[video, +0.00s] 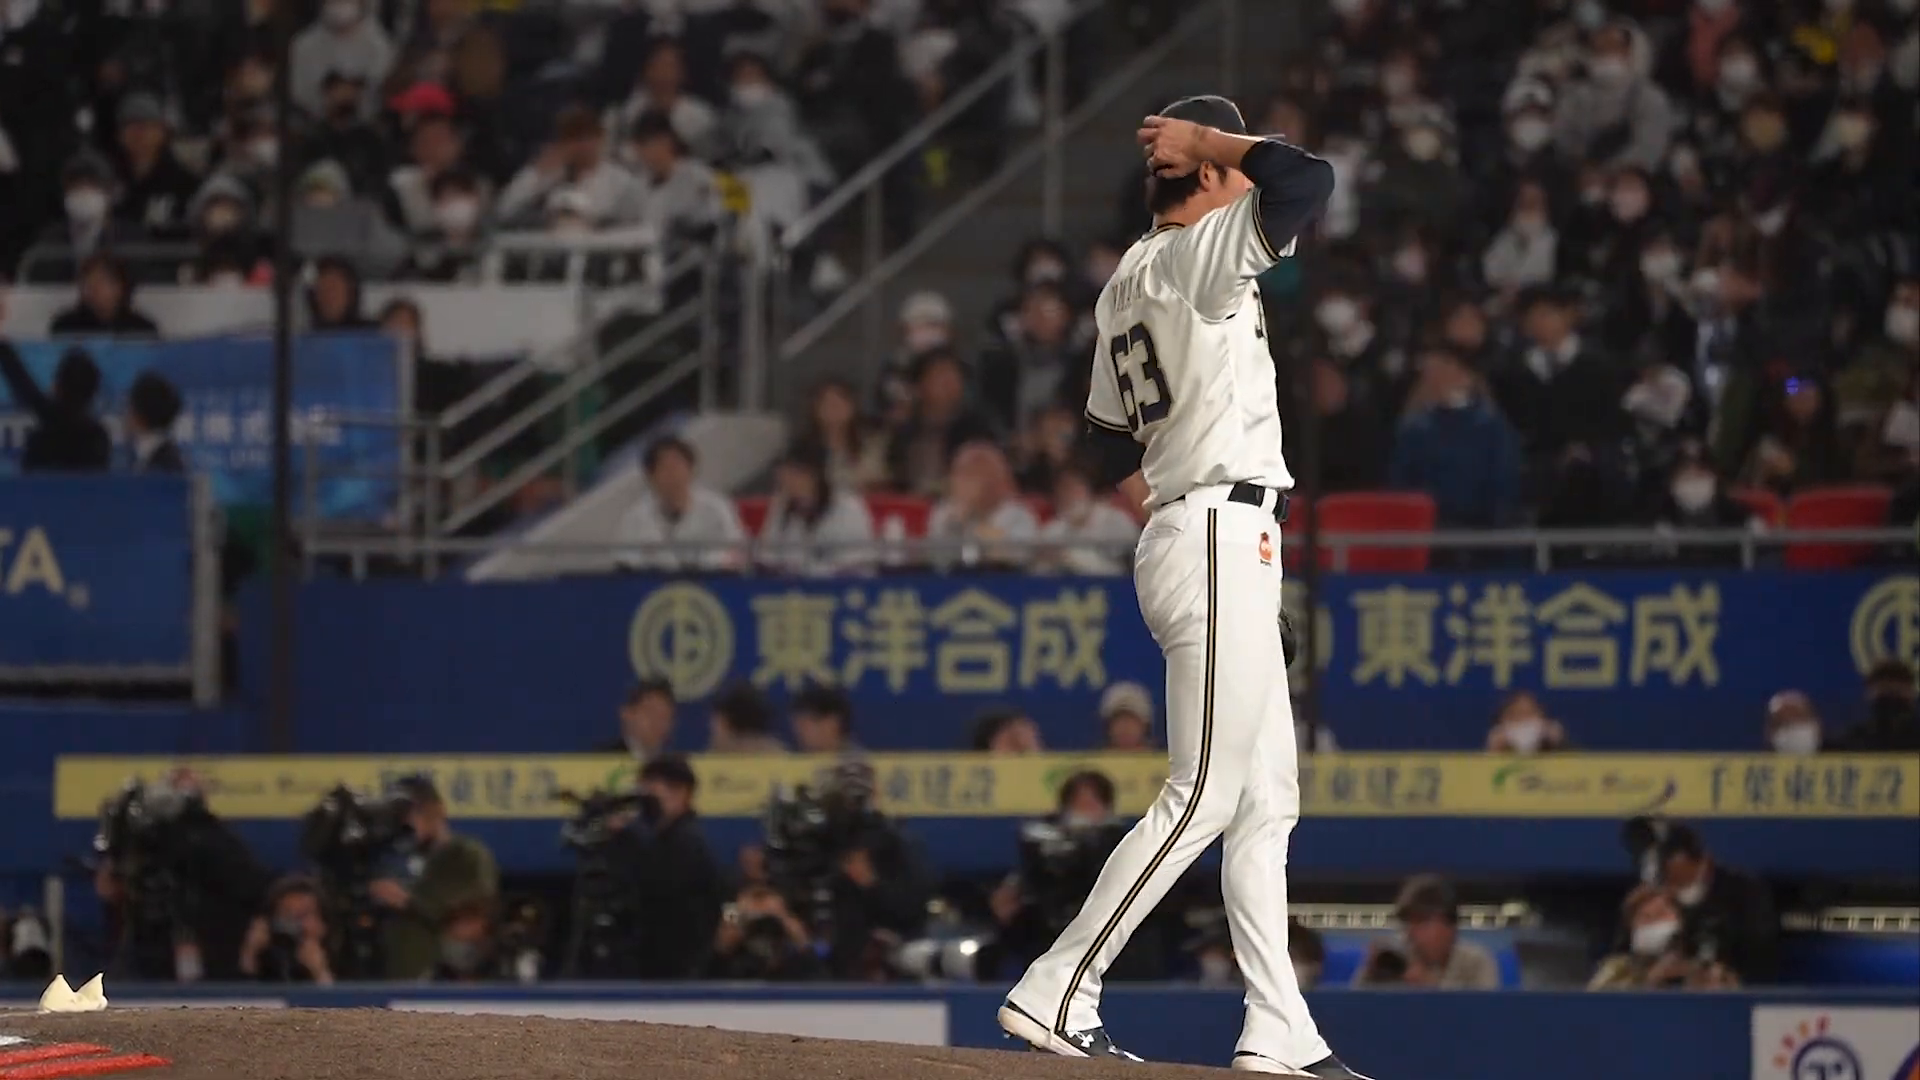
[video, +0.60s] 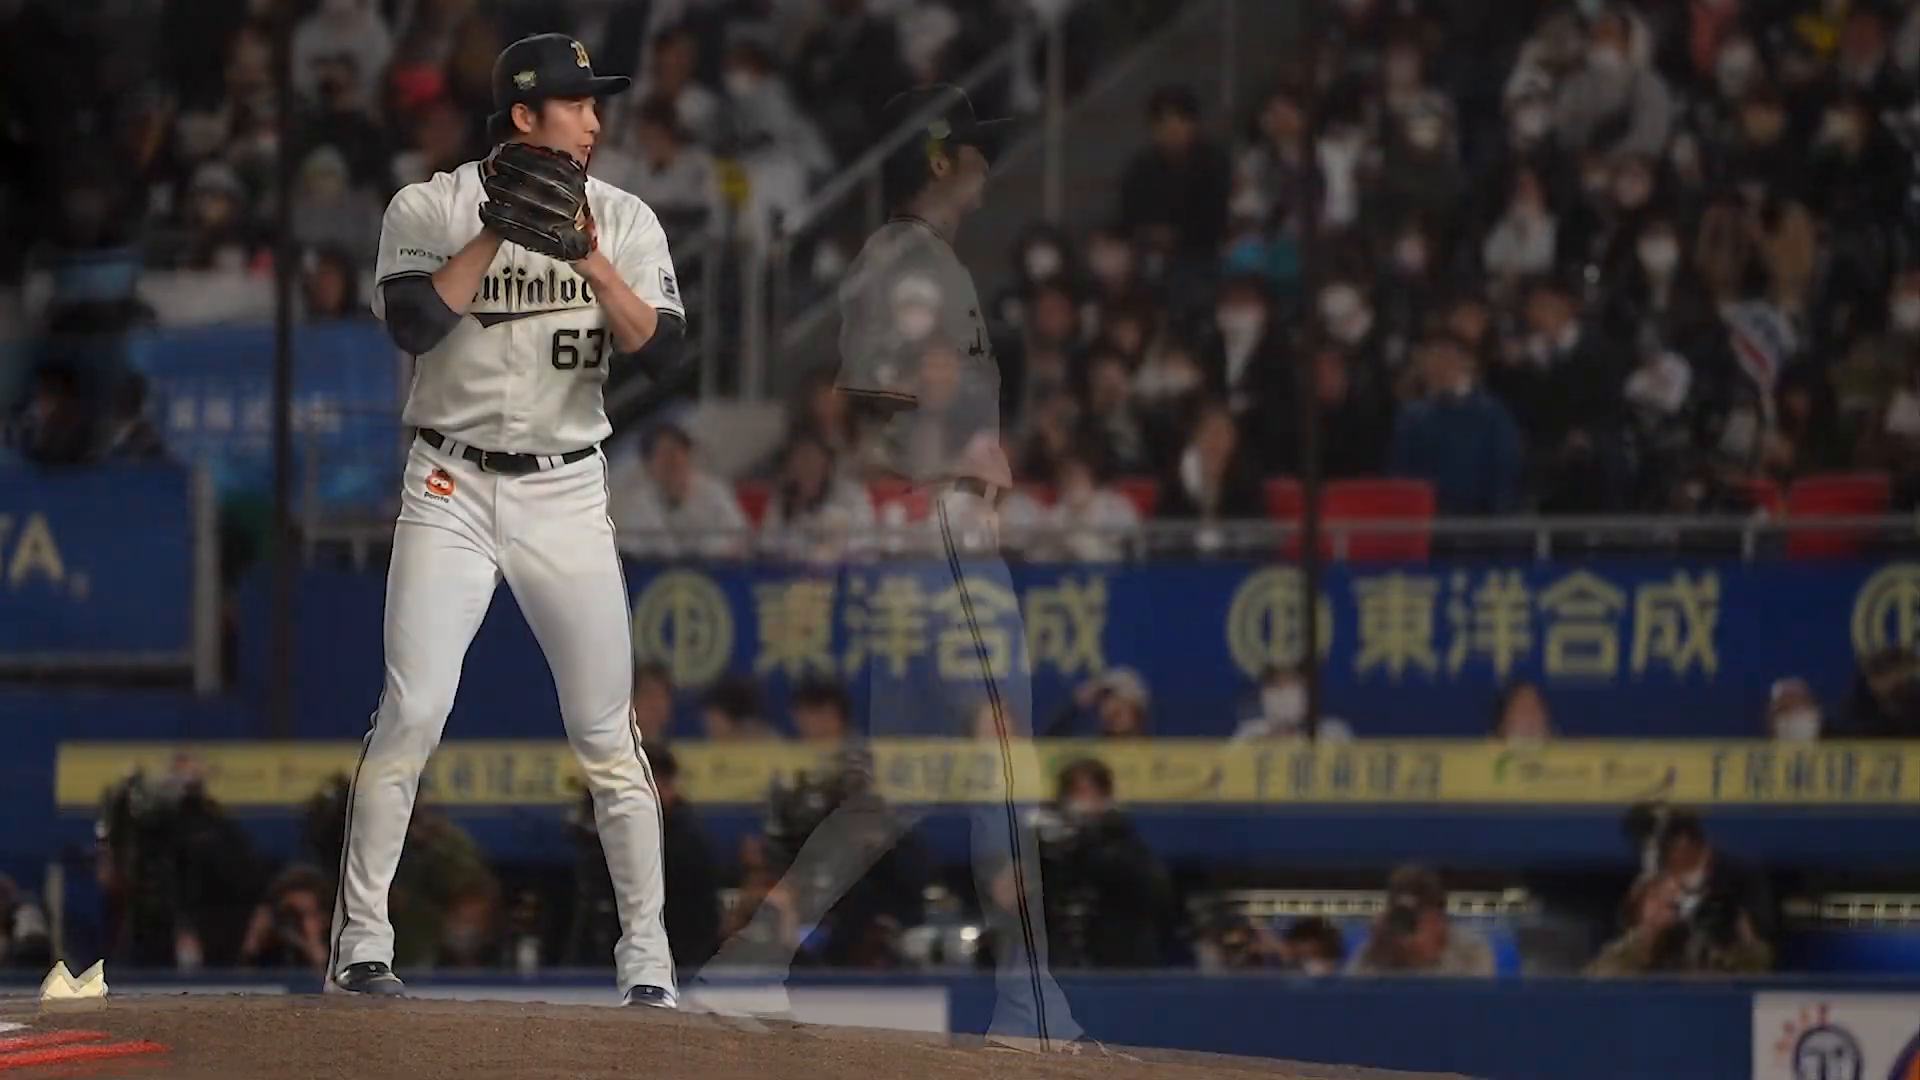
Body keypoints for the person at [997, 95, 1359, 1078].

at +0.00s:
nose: (1239, 172)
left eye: (1234, 156)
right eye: (1230, 154)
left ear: (1166, 183)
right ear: (1195, 174)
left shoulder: (1119, 287)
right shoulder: (1198, 251)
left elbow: (1108, 437)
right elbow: (1306, 177)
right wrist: (1207, 146)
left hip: (1196, 538)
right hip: (1219, 537)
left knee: (1268, 798)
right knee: (1204, 792)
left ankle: (1280, 1035)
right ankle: (1054, 995)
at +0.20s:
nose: (1173, 173)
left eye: (1169, 157)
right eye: (1164, 158)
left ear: (1093, 169)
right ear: (1129, 164)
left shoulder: (1037, 265)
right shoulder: (1104, 258)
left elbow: (1040, 432)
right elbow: (1224, 309)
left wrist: (1152, 562)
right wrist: (1222, 190)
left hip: (1095, 528)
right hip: (1110, 529)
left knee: (1204, 770)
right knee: (1095, 784)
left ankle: (1219, 1015)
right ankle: (1031, 1018)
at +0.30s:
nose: (1125, 159)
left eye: (1120, 144)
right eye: (1115, 143)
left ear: (1050, 158)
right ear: (1079, 154)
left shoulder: (996, 256)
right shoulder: (1064, 248)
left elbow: (988, 408)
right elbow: (1130, 378)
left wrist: (1110, 562)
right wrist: (1262, 309)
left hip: (1055, 526)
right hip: (1070, 528)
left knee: (1167, 757)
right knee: (1071, 773)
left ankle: (1101, 988)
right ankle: (1032, 1014)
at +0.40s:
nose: (1073, 159)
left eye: (1067, 142)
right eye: (1063, 143)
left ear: (1002, 159)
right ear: (1029, 154)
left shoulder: (944, 262)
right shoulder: (1022, 255)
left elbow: (943, 417)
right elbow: (1044, 402)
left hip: (987, 520)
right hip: (1032, 521)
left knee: (1102, 759)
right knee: (1050, 772)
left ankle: (959, 946)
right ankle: (1028, 1011)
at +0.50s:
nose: (1029, 163)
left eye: (1025, 147)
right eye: (1020, 148)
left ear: (957, 159)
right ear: (986, 155)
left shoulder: (906, 262)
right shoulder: (974, 260)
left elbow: (897, 417)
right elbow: (956, 419)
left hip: (964, 534)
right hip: (1008, 535)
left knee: (1001, 775)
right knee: (1030, 776)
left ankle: (835, 936)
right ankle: (1029, 1006)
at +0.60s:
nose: (982, 178)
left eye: (982, 164)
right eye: (973, 162)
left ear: (945, 161)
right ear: (938, 158)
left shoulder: (922, 257)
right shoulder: (910, 260)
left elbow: (939, 391)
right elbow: (873, 392)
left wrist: (982, 451)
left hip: (936, 518)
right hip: (929, 521)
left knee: (909, 765)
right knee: (996, 744)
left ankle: (749, 961)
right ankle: (1026, 988)